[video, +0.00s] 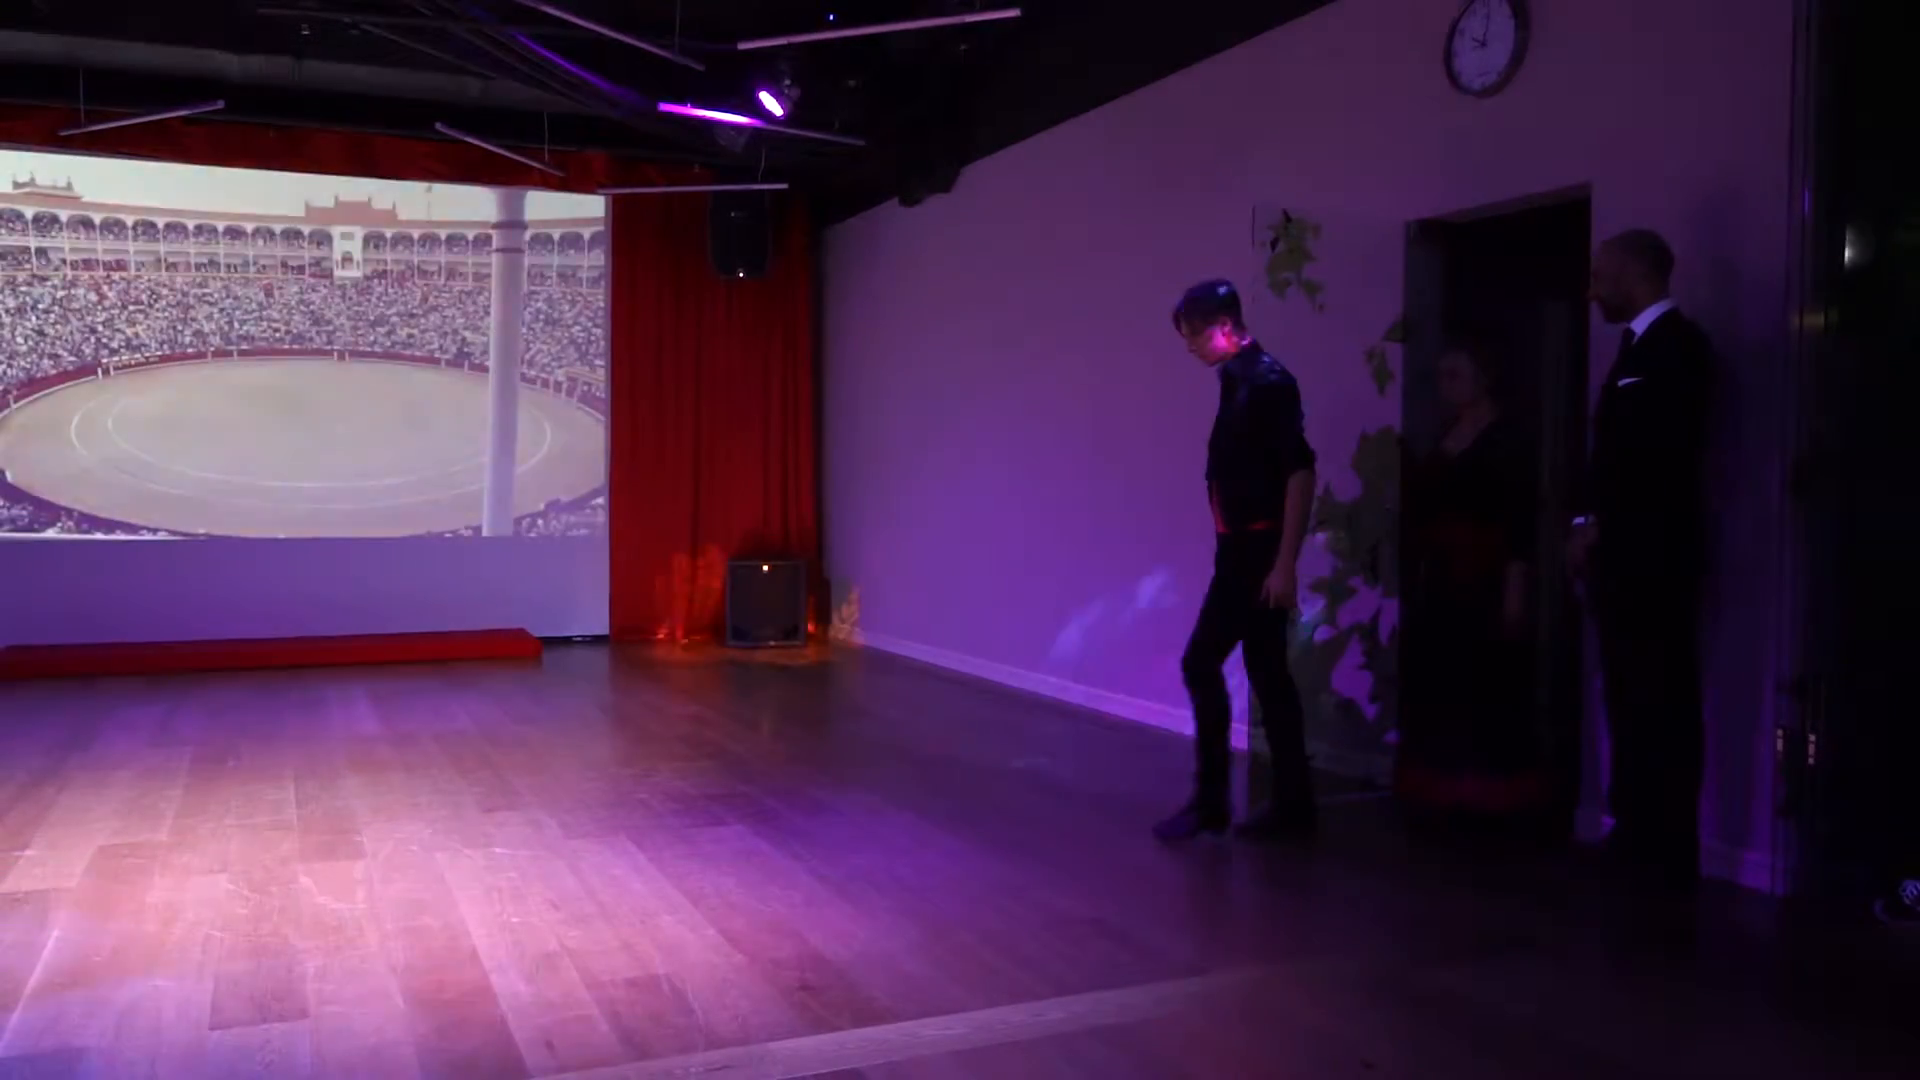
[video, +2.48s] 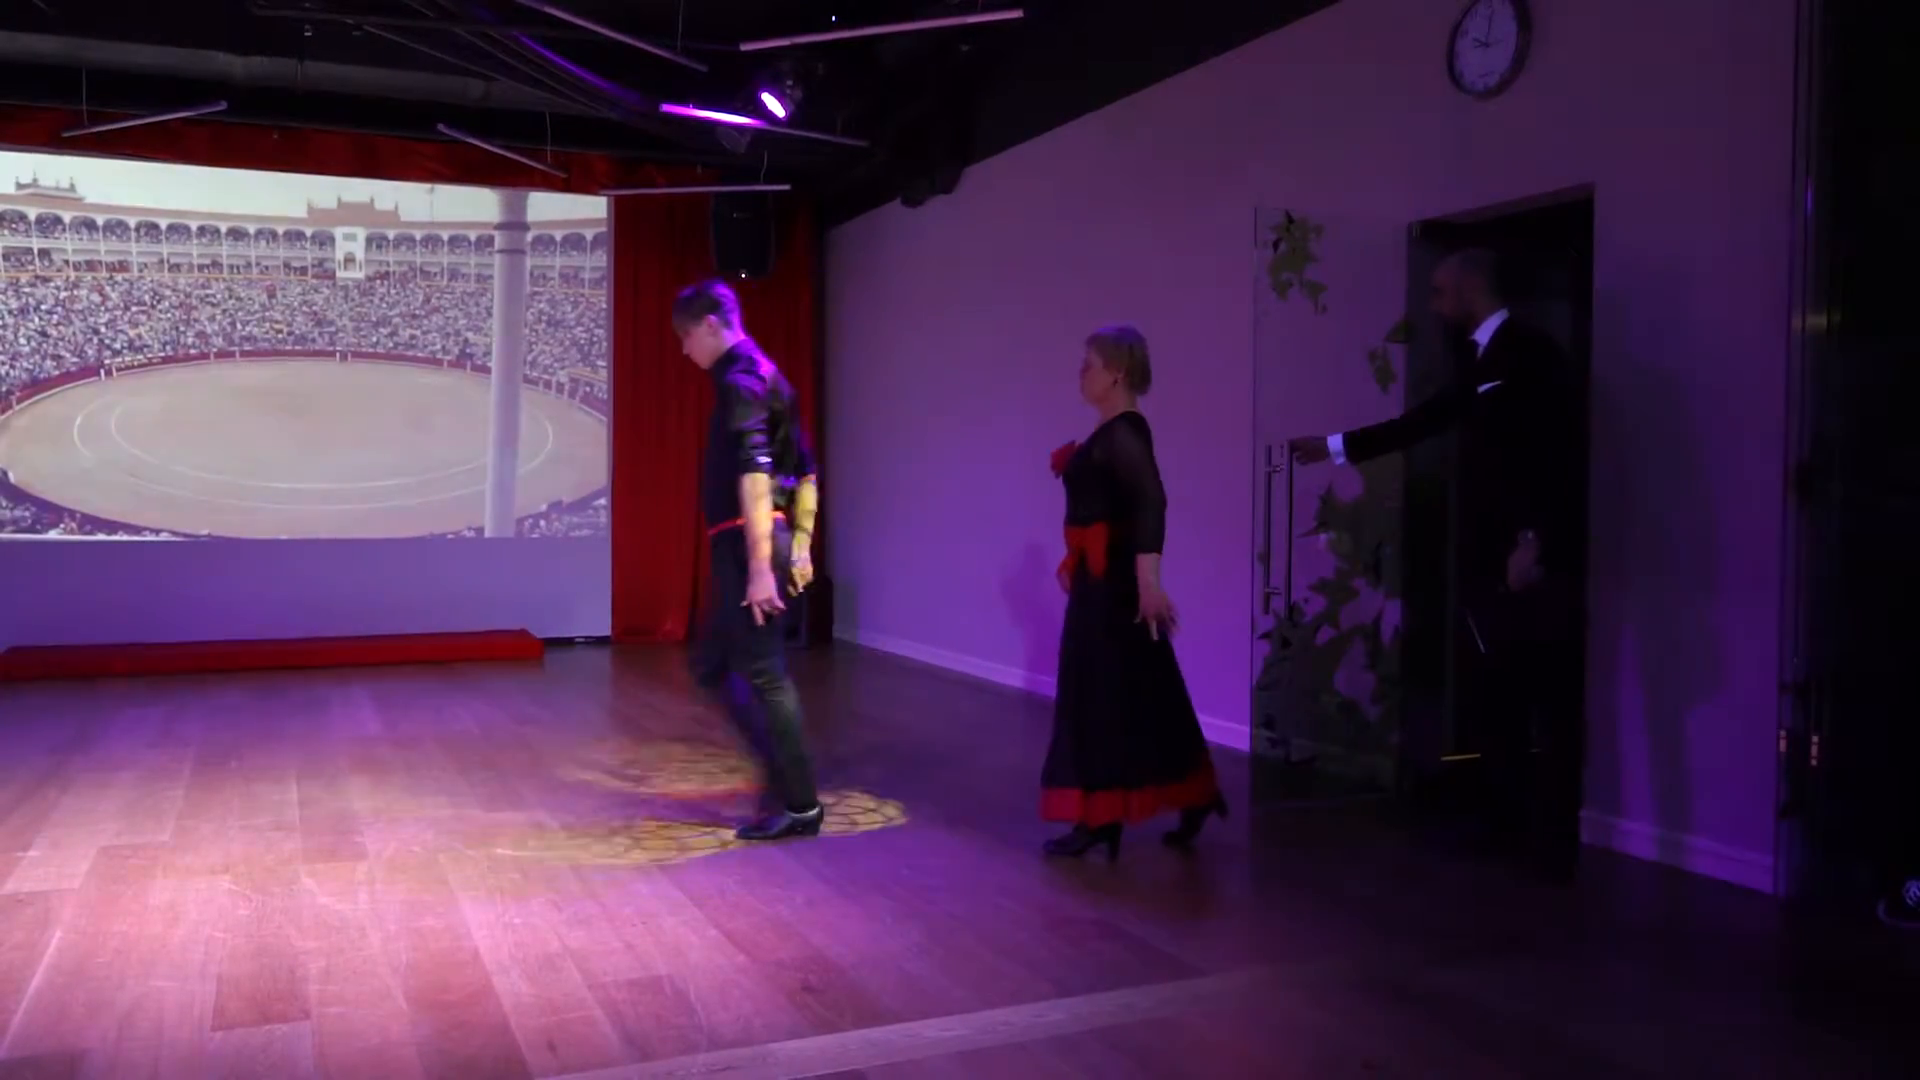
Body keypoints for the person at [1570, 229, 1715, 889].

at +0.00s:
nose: (1596, 288)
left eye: (1604, 274)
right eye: (1597, 274)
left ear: (1638, 277)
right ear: (1646, 276)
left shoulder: (1671, 351)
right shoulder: (1640, 348)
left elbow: (1645, 464)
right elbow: (1615, 456)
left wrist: (1600, 526)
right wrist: (1589, 519)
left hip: (1659, 557)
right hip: (1635, 555)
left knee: (1657, 704)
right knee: (1638, 702)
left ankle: (1660, 851)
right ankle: (1639, 844)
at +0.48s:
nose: (1601, 288)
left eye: (1610, 273)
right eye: (1603, 274)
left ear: (1643, 276)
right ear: (1652, 276)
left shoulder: (1679, 351)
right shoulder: (1646, 348)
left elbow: (1653, 463)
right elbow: (1613, 453)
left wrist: (1610, 530)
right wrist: (1588, 519)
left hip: (1662, 558)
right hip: (1635, 556)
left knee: (1658, 704)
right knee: (1640, 703)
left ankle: (1663, 852)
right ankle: (1641, 844)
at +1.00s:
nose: (1603, 288)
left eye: (1611, 276)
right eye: (1603, 276)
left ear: (1643, 278)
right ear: (1650, 276)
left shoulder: (1684, 351)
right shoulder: (1650, 348)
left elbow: (1662, 461)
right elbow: (1624, 450)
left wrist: (1622, 527)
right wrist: (1586, 510)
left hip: (1670, 554)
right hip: (1641, 552)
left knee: (1663, 700)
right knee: (1641, 699)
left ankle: (1665, 848)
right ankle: (1638, 839)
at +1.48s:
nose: (1598, 287)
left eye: (1606, 274)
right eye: (1600, 274)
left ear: (1636, 279)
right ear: (1650, 277)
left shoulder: (1677, 355)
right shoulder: (1640, 350)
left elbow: (1658, 469)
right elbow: (1617, 453)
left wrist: (1599, 520)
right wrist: (1578, 503)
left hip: (1657, 563)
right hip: (1622, 559)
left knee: (1667, 706)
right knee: (1594, 702)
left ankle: (1677, 857)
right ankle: (1583, 844)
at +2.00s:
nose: (1504, 302)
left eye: (1511, 290)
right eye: (1505, 290)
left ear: (1538, 291)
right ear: (1548, 290)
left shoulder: (1579, 358)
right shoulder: (1554, 356)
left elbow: (1573, 468)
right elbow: (1560, 467)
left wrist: (1532, 534)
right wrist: (1528, 532)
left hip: (1578, 550)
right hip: (1565, 548)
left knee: (1617, 692)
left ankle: (1669, 846)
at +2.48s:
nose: (1437, 302)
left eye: (1443, 289)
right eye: (1436, 291)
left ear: (1475, 286)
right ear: (1464, 290)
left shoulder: (1530, 350)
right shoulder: (1480, 359)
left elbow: (1547, 451)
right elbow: (1419, 426)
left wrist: (1532, 535)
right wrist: (1334, 445)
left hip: (1532, 553)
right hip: (1489, 547)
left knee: (1530, 687)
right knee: (1493, 683)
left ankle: (1533, 832)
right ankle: (1491, 819)